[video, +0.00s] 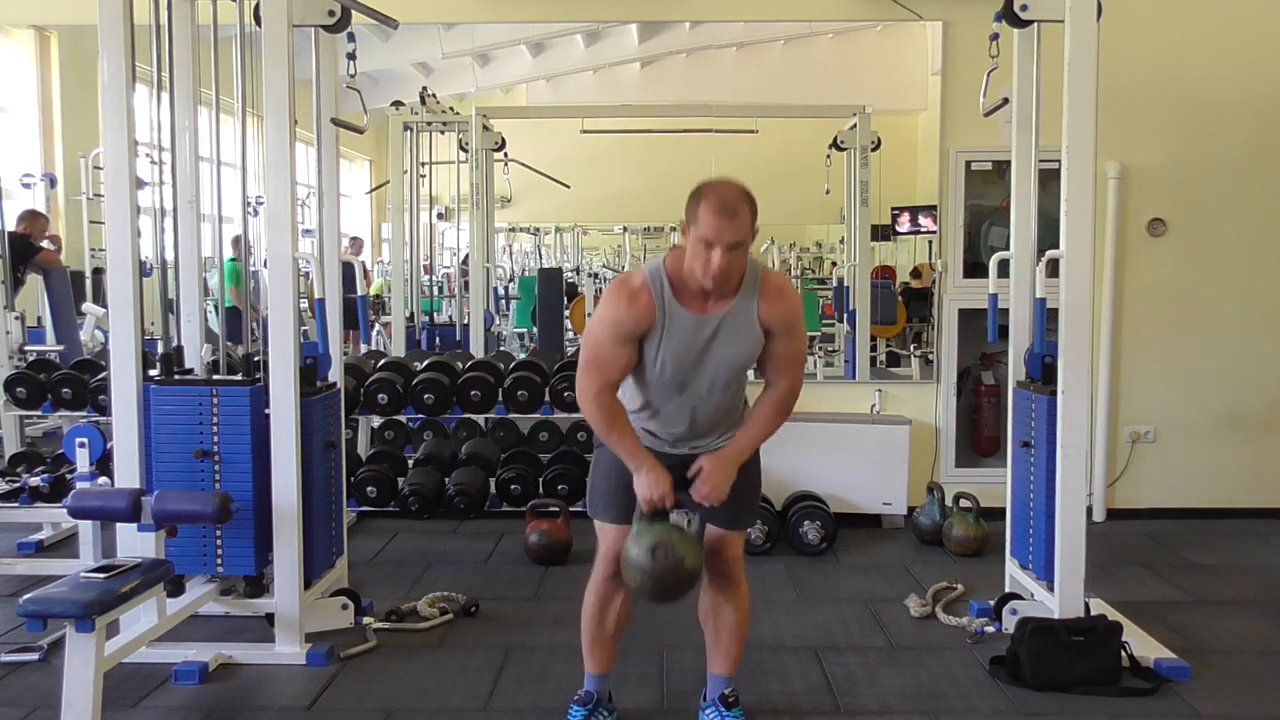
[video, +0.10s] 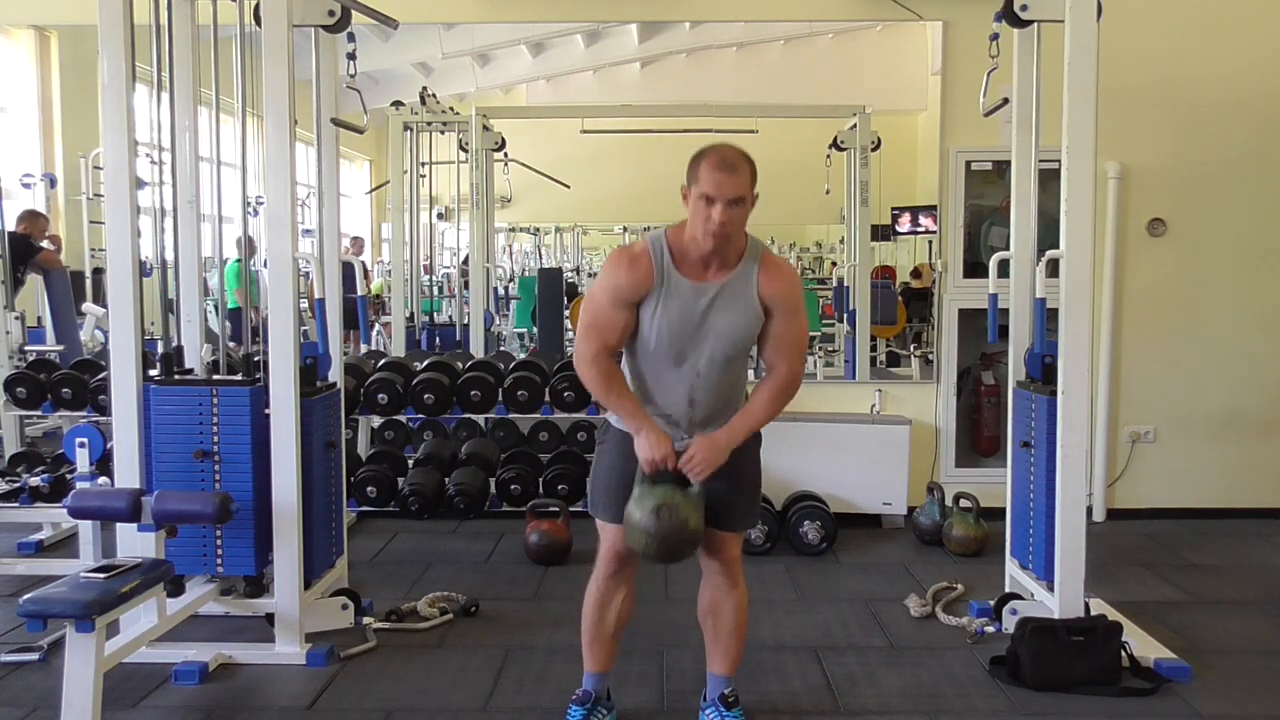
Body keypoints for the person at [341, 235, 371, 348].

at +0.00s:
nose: (361, 250)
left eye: (362, 247)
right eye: (359, 247)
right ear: (351, 245)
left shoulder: (361, 264)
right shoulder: (340, 262)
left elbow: (369, 282)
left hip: (358, 300)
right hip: (343, 300)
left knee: (356, 340)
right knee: (342, 338)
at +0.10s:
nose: (362, 250)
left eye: (363, 247)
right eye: (360, 246)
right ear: (352, 246)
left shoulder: (362, 264)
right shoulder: (342, 262)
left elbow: (368, 281)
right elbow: (338, 280)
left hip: (359, 300)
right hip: (345, 300)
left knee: (356, 339)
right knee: (343, 337)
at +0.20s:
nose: (363, 249)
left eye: (364, 247)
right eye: (361, 246)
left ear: (364, 247)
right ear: (353, 246)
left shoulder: (364, 266)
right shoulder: (342, 264)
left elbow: (369, 286)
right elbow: (338, 284)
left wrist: (372, 306)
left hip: (360, 303)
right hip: (345, 302)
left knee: (357, 339)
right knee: (343, 336)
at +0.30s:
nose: (364, 249)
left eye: (365, 246)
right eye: (362, 246)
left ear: (366, 247)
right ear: (354, 246)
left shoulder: (366, 266)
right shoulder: (343, 263)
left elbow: (370, 285)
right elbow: (339, 283)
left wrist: (374, 301)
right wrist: (338, 300)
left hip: (360, 302)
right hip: (346, 301)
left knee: (357, 338)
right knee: (345, 336)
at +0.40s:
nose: (366, 250)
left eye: (367, 247)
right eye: (363, 246)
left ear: (367, 248)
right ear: (356, 246)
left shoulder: (367, 266)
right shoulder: (344, 263)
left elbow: (372, 284)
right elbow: (339, 281)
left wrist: (375, 300)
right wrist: (338, 298)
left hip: (360, 301)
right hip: (346, 300)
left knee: (357, 336)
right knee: (347, 335)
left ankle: (355, 360)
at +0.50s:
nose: (367, 250)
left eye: (368, 247)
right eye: (365, 247)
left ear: (369, 248)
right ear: (357, 247)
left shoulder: (368, 266)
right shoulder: (346, 263)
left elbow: (373, 284)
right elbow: (339, 281)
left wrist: (377, 300)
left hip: (362, 300)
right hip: (348, 300)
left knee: (361, 332)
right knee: (352, 331)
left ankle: (359, 358)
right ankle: (349, 358)